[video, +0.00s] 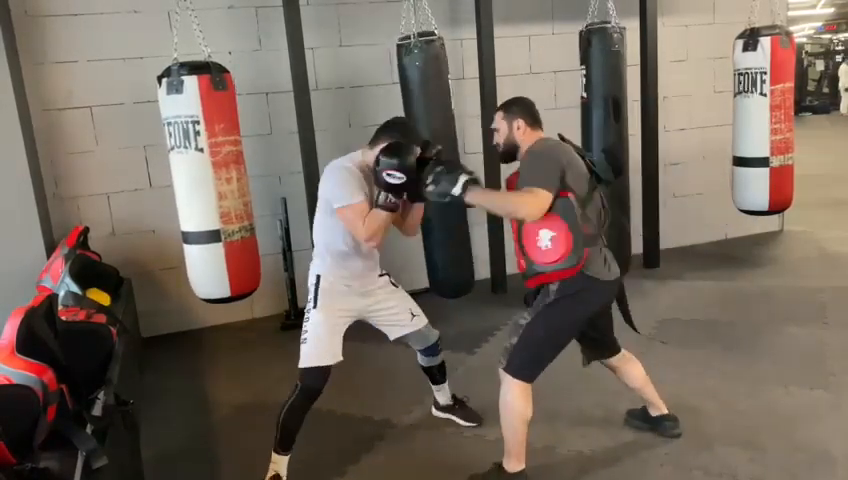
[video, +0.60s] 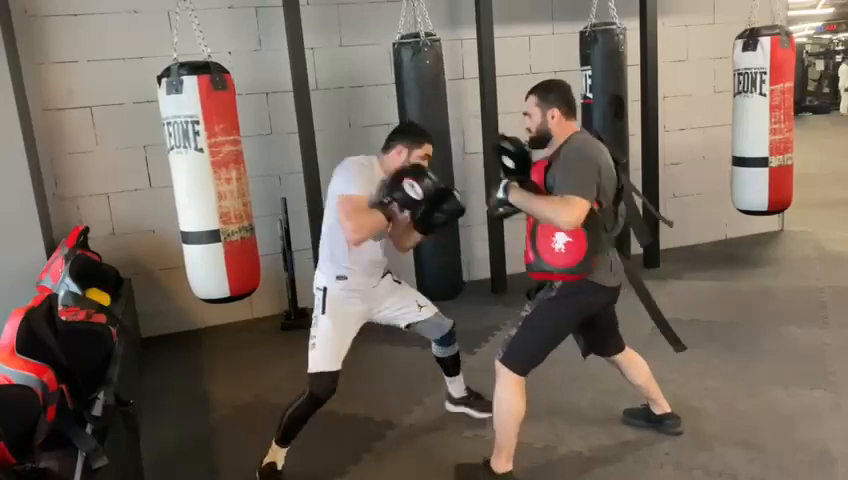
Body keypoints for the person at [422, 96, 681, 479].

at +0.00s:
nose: (493, 136)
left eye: (497, 128)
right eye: (493, 129)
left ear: (519, 125)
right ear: (529, 125)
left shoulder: (542, 153)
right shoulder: (560, 150)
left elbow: (531, 206)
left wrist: (465, 189)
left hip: (577, 284)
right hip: (598, 276)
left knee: (516, 372)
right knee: (610, 352)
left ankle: (513, 466)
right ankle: (660, 413)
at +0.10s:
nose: (487, 145)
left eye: (488, 136)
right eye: (486, 137)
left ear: (510, 130)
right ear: (513, 132)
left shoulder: (556, 150)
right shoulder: (523, 171)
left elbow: (556, 193)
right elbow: (500, 223)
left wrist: (500, 174)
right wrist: (439, 225)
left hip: (581, 283)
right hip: (570, 282)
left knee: (516, 373)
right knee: (598, 355)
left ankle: (514, 467)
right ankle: (657, 412)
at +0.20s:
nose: (491, 147)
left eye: (492, 138)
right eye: (490, 139)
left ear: (513, 134)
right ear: (517, 134)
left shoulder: (562, 157)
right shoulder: (524, 172)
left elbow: (563, 194)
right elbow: (513, 230)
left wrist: (500, 181)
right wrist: (475, 258)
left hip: (570, 292)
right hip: (566, 289)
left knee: (508, 376)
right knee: (594, 354)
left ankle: (512, 469)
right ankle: (656, 410)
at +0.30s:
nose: (505, 136)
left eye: (504, 128)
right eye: (502, 129)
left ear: (523, 123)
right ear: (537, 122)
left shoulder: (557, 152)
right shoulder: (569, 150)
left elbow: (550, 201)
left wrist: (504, 154)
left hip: (567, 286)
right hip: (599, 280)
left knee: (510, 372)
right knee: (614, 352)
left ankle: (513, 467)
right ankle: (660, 410)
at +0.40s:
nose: (520, 130)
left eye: (524, 123)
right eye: (520, 123)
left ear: (546, 121)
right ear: (557, 122)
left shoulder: (554, 151)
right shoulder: (585, 150)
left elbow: (514, 203)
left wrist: (477, 165)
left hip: (579, 282)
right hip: (615, 277)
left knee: (511, 368)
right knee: (620, 348)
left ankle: (515, 466)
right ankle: (664, 411)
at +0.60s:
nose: (526, 123)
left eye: (530, 115)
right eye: (526, 115)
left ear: (554, 115)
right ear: (560, 115)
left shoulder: (579, 152)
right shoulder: (572, 147)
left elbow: (569, 215)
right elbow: (557, 196)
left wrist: (513, 194)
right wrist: (524, 170)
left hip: (579, 282)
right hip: (598, 276)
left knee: (510, 365)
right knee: (614, 348)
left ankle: (499, 465)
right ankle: (662, 411)